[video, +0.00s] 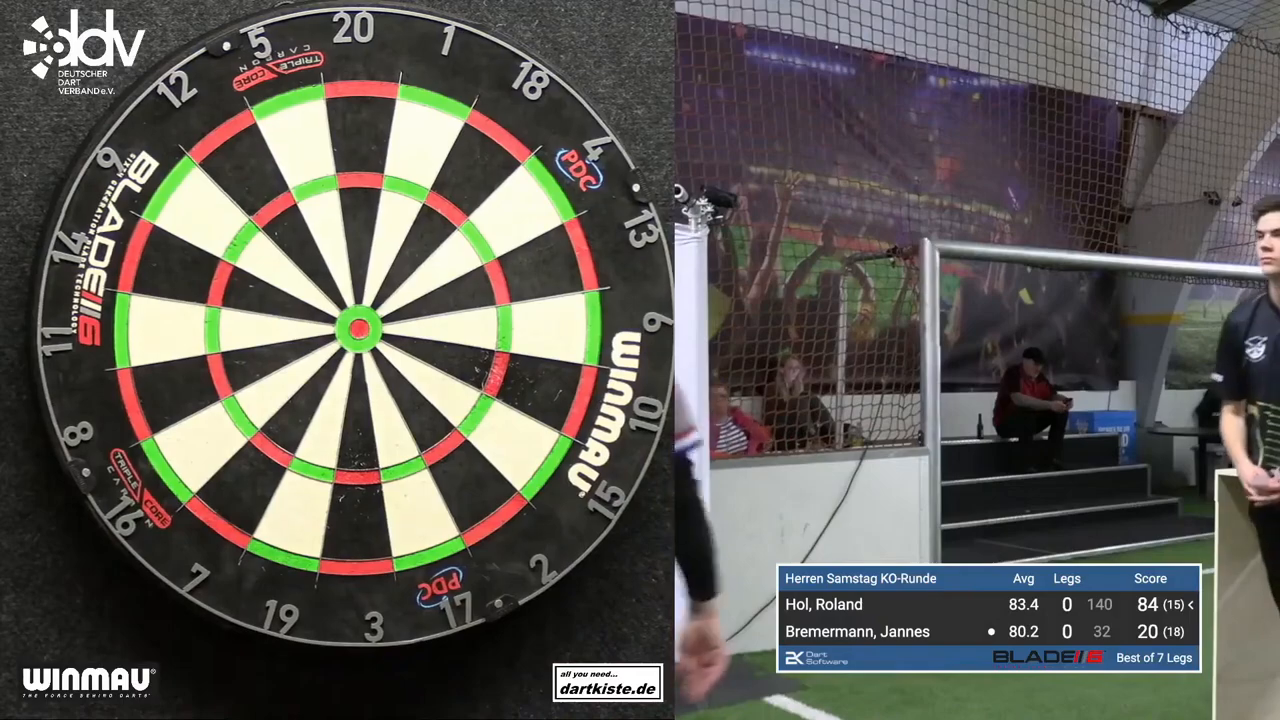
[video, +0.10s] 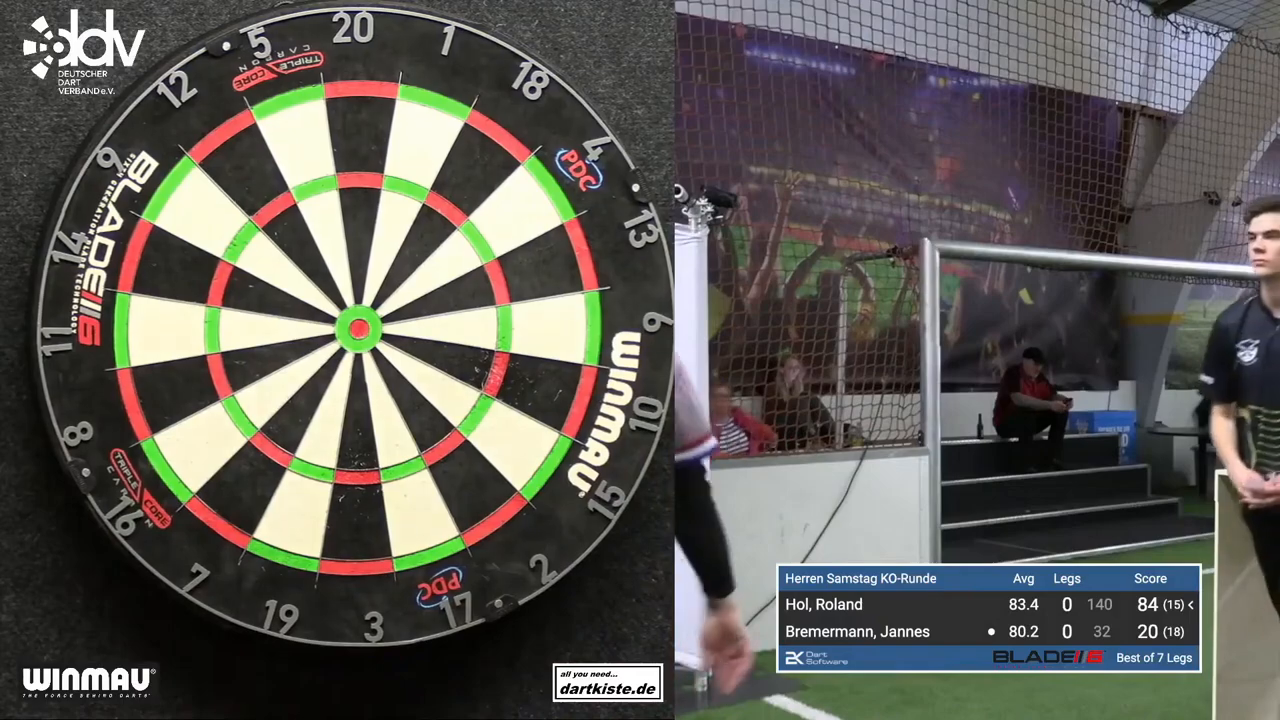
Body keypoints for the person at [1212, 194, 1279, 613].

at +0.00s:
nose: (1265, 243)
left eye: (1275, 234)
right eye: (1260, 235)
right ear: (1254, 243)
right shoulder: (1244, 320)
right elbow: (1232, 408)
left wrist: (1266, 474)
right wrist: (1244, 465)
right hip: (1270, 493)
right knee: (1277, 604)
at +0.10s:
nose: (1256, 245)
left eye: (1269, 236)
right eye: (1252, 236)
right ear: (1246, 245)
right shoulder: (1234, 323)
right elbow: (1222, 412)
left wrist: (1275, 479)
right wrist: (1237, 470)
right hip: (1263, 498)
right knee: (1278, 607)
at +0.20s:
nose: (1247, 249)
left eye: (1260, 239)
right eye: (1241, 240)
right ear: (1235, 250)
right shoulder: (1220, 326)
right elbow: (1205, 418)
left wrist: (1276, 493)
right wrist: (1222, 480)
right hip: (1250, 503)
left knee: (1274, 626)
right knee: (1274, 614)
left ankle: (1267, 711)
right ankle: (1271, 704)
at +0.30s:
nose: (1239, 246)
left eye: (1253, 237)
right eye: (1233, 238)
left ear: (1279, 246)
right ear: (1226, 249)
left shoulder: (1279, 325)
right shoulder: (1209, 326)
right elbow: (1197, 422)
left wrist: (1277, 498)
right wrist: (1209, 493)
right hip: (1238, 512)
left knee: (1262, 650)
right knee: (1269, 634)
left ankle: (1258, 716)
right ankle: (1270, 707)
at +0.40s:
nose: (1225, 234)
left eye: (1240, 224)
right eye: (1219, 225)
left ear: (1271, 237)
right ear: (1213, 236)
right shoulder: (1194, 312)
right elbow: (1185, 417)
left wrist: (1272, 495)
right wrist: (1189, 507)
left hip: (1273, 520)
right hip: (1217, 518)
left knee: (1247, 660)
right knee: (1235, 659)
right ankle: (1259, 706)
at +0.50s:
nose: (1215, 228)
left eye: (1231, 216)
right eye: (1210, 218)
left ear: (1265, 229)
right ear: (1205, 229)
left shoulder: (1278, 309)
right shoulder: (1183, 311)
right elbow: (1173, 416)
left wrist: (1268, 488)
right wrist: (1171, 506)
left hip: (1268, 521)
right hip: (1204, 521)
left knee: (1241, 672)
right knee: (1207, 666)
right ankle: (1248, 706)